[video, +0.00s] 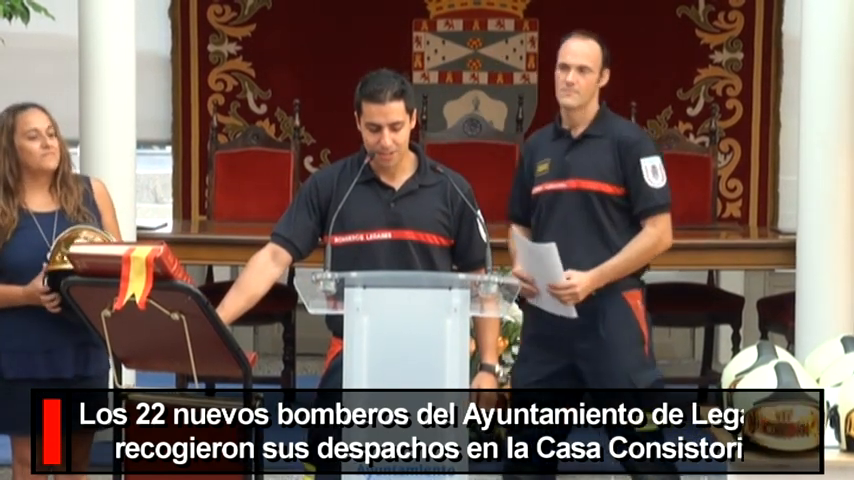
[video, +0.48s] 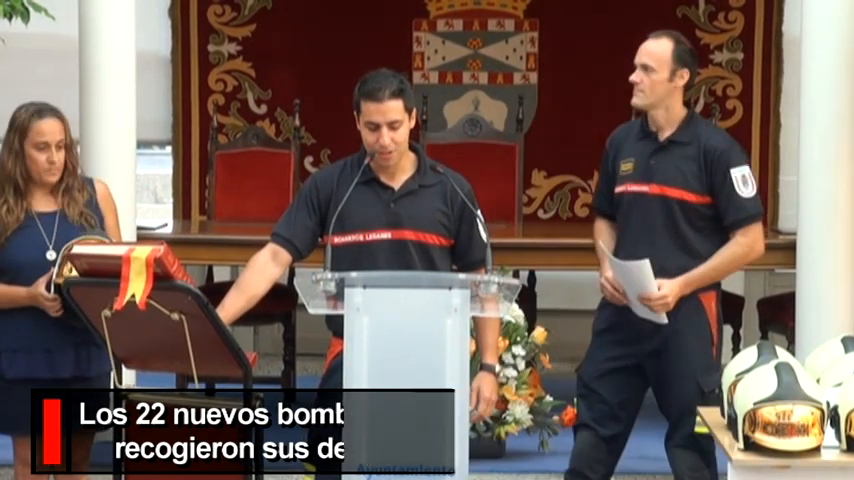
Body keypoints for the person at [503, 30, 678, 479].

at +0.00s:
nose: (569, 78)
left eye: (581, 71)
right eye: (563, 68)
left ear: (602, 79)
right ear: (553, 73)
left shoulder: (631, 142)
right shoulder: (535, 146)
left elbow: (660, 232)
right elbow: (519, 225)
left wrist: (593, 279)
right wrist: (522, 267)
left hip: (611, 321)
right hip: (545, 319)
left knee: (640, 449)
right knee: (526, 449)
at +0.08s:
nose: (582, 79)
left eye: (595, 71)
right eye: (578, 69)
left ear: (621, 79)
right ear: (570, 74)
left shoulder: (651, 143)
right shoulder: (554, 148)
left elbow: (681, 235)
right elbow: (541, 229)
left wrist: (614, 282)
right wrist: (542, 270)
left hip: (630, 326)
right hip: (561, 325)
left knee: (654, 456)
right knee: (540, 456)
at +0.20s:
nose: (600, 79)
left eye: (613, 71)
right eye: (598, 70)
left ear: (644, 79)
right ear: (594, 73)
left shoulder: (678, 147)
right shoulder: (580, 147)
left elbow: (712, 236)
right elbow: (568, 226)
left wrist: (644, 284)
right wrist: (573, 269)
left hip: (656, 331)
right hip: (589, 329)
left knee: (673, 457)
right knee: (556, 458)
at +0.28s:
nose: (610, 78)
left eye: (623, 71)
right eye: (610, 69)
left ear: (656, 79)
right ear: (610, 72)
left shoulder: (692, 147)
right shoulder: (596, 145)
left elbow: (728, 237)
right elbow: (583, 222)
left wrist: (659, 285)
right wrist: (587, 265)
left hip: (667, 329)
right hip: (601, 326)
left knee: (682, 454)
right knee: (567, 453)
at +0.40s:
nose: (624, 77)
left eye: (637, 70)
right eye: (626, 68)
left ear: (671, 78)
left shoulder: (709, 146)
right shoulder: (612, 142)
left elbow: (745, 238)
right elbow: (597, 217)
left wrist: (675, 286)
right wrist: (600, 262)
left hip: (680, 321)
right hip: (613, 317)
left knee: (688, 447)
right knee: (580, 445)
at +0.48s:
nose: (633, 78)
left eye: (646, 70)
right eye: (635, 68)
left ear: (680, 79)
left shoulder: (718, 149)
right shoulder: (621, 141)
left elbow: (752, 240)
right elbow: (604, 216)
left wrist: (681, 286)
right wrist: (607, 261)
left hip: (685, 320)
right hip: (620, 315)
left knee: (692, 448)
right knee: (591, 445)